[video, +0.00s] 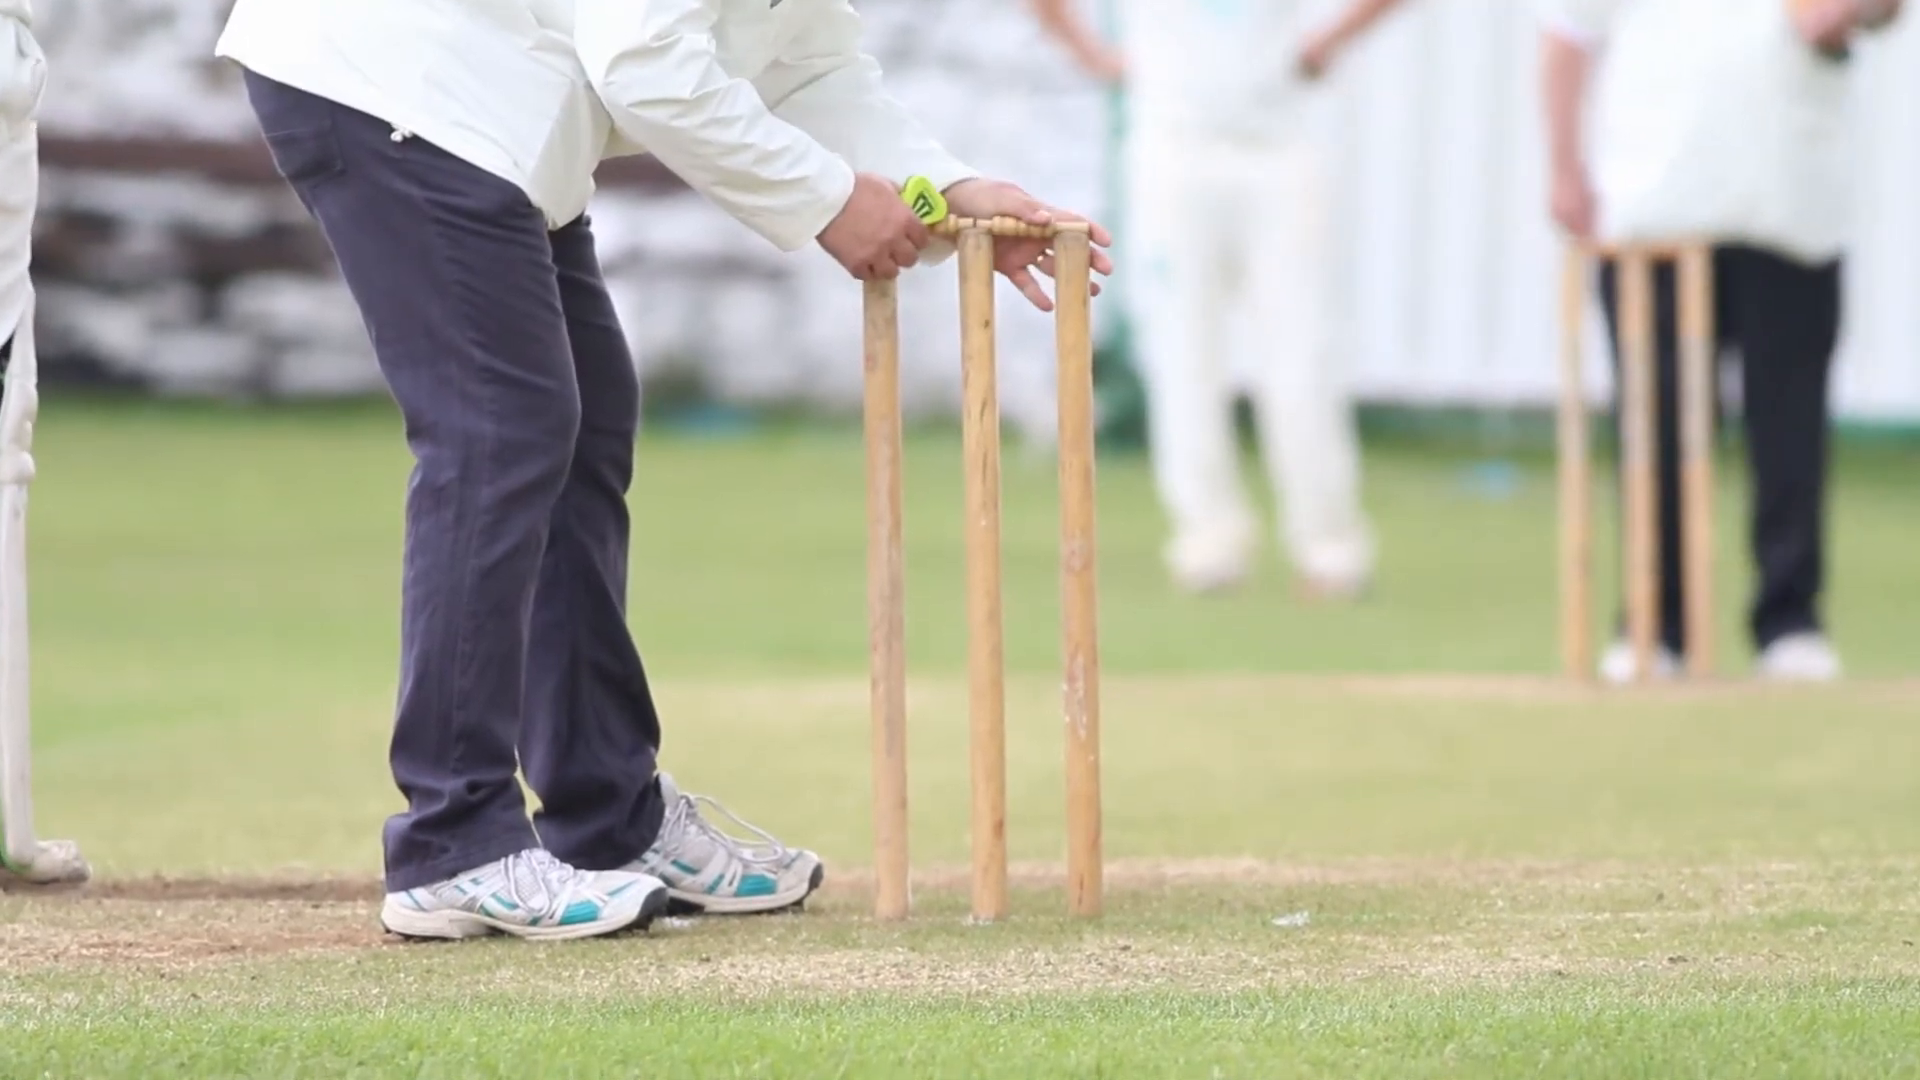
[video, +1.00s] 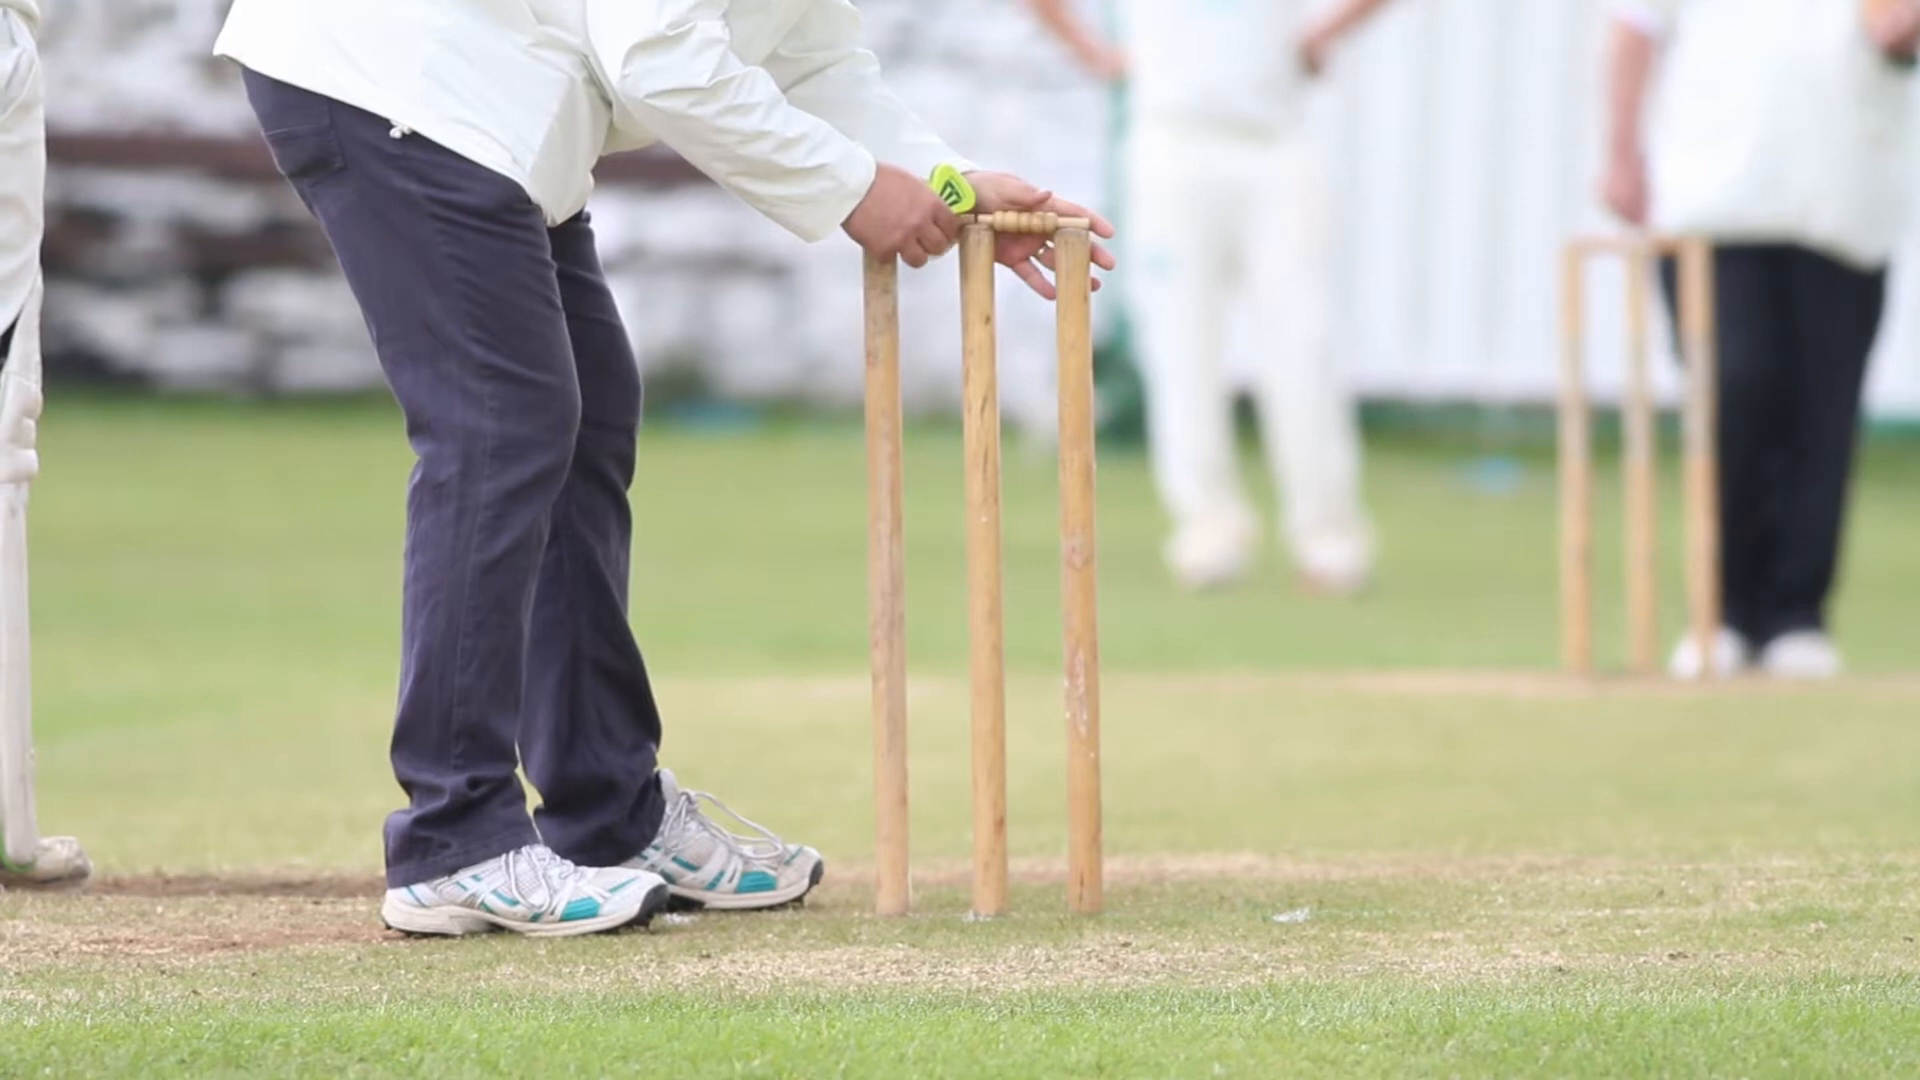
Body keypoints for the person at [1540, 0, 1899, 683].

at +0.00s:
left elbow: (1889, 9)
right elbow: (1568, 28)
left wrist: (1848, 13)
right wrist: (1567, 169)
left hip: (1794, 202)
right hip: (1650, 202)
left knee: (1789, 439)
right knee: (1655, 440)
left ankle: (1791, 629)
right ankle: (1655, 635)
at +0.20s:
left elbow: (1887, 17)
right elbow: (1591, 28)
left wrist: (1871, 15)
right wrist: (1587, 166)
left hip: (1814, 203)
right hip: (1671, 201)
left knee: (1801, 438)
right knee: (1674, 440)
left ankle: (1793, 628)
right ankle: (1657, 634)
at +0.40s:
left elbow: (1870, 22)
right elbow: (1613, 26)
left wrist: (1892, 14)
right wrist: (1606, 164)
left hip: (1833, 201)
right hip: (1694, 196)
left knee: (1811, 436)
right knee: (1682, 433)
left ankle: (1795, 627)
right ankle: (1662, 633)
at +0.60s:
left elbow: (1885, 28)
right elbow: (1629, 25)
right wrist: (1618, 159)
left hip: (1843, 196)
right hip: (1704, 190)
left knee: (1820, 431)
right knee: (1696, 423)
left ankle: (1796, 625)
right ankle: (1676, 623)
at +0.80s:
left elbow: (1890, 29)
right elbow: (1633, 23)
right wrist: (1621, 155)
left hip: (1848, 195)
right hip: (1713, 189)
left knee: (1822, 422)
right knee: (1735, 411)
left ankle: (1798, 625)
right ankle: (1730, 625)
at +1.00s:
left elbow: (1893, 28)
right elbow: (1635, 23)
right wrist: (1624, 155)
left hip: (1850, 194)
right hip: (1714, 187)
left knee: (1821, 422)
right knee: (1733, 410)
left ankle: (1797, 625)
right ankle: (1726, 624)